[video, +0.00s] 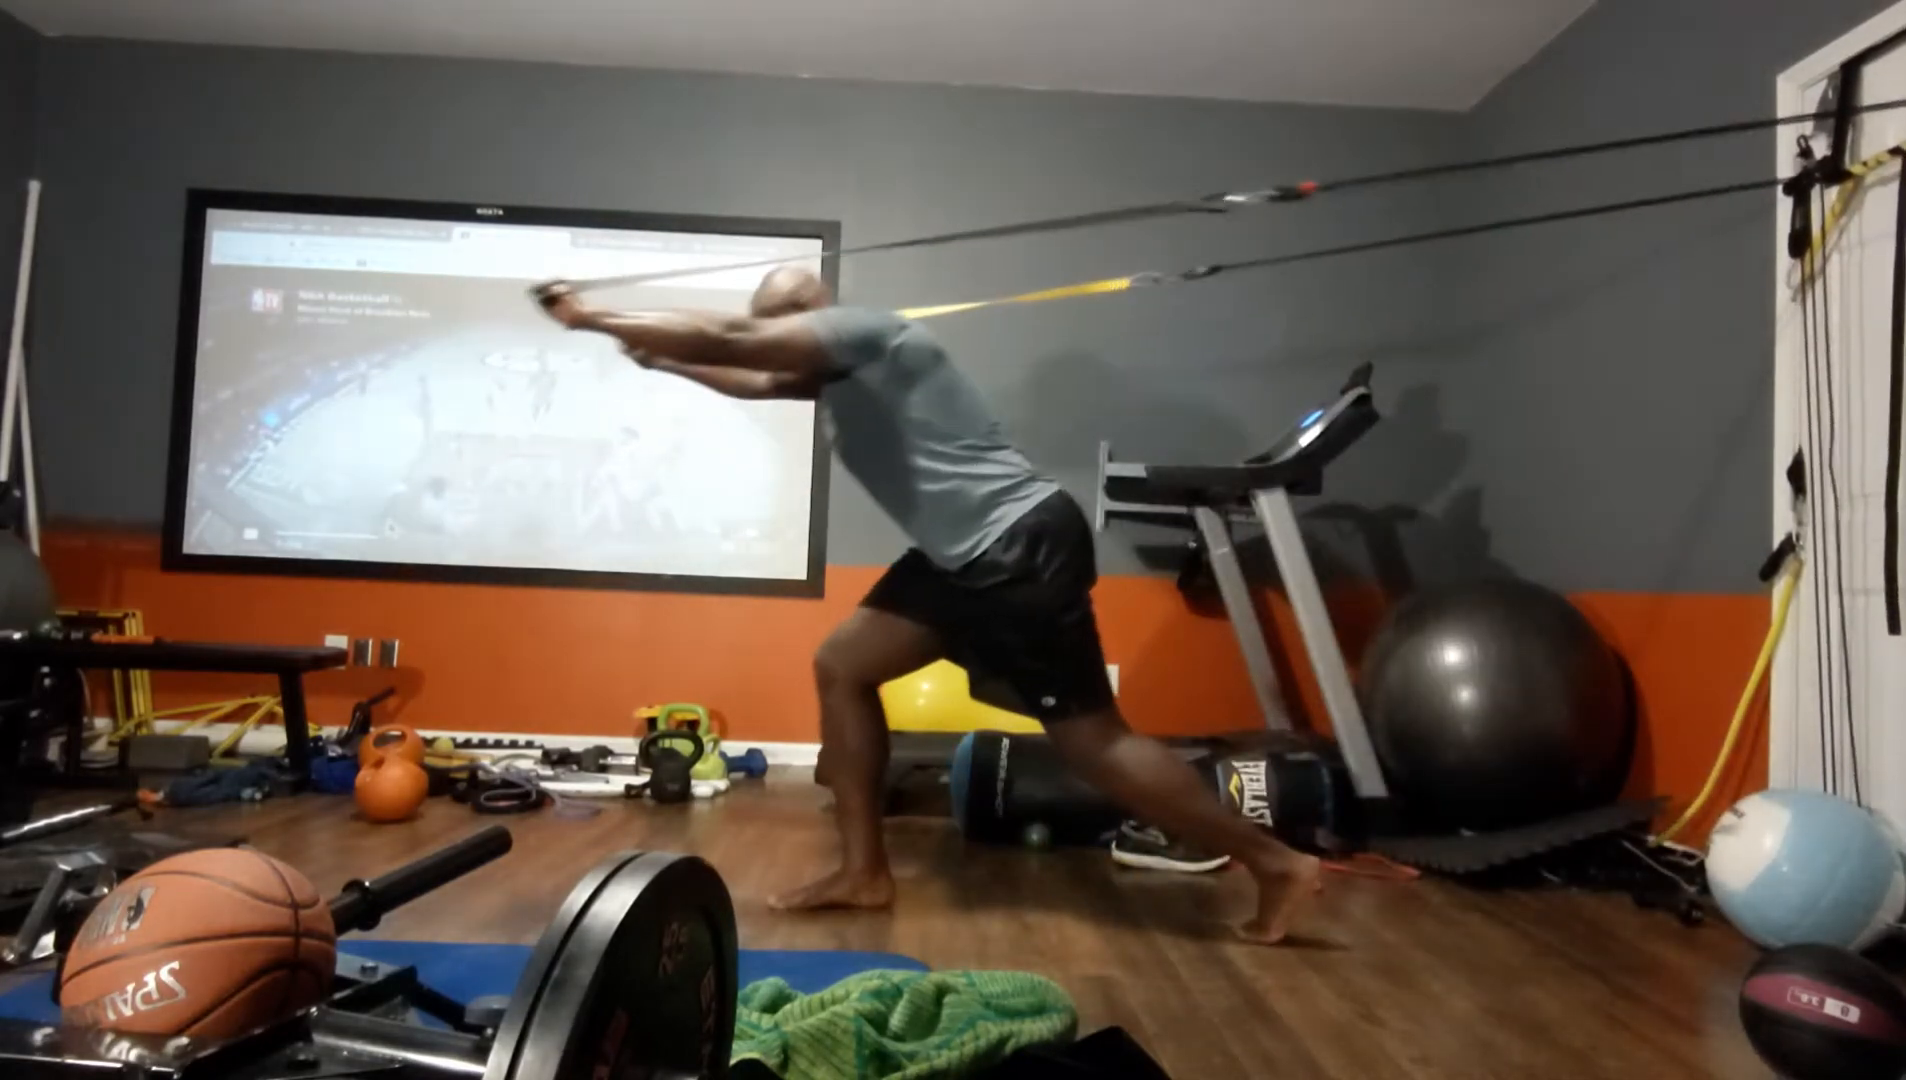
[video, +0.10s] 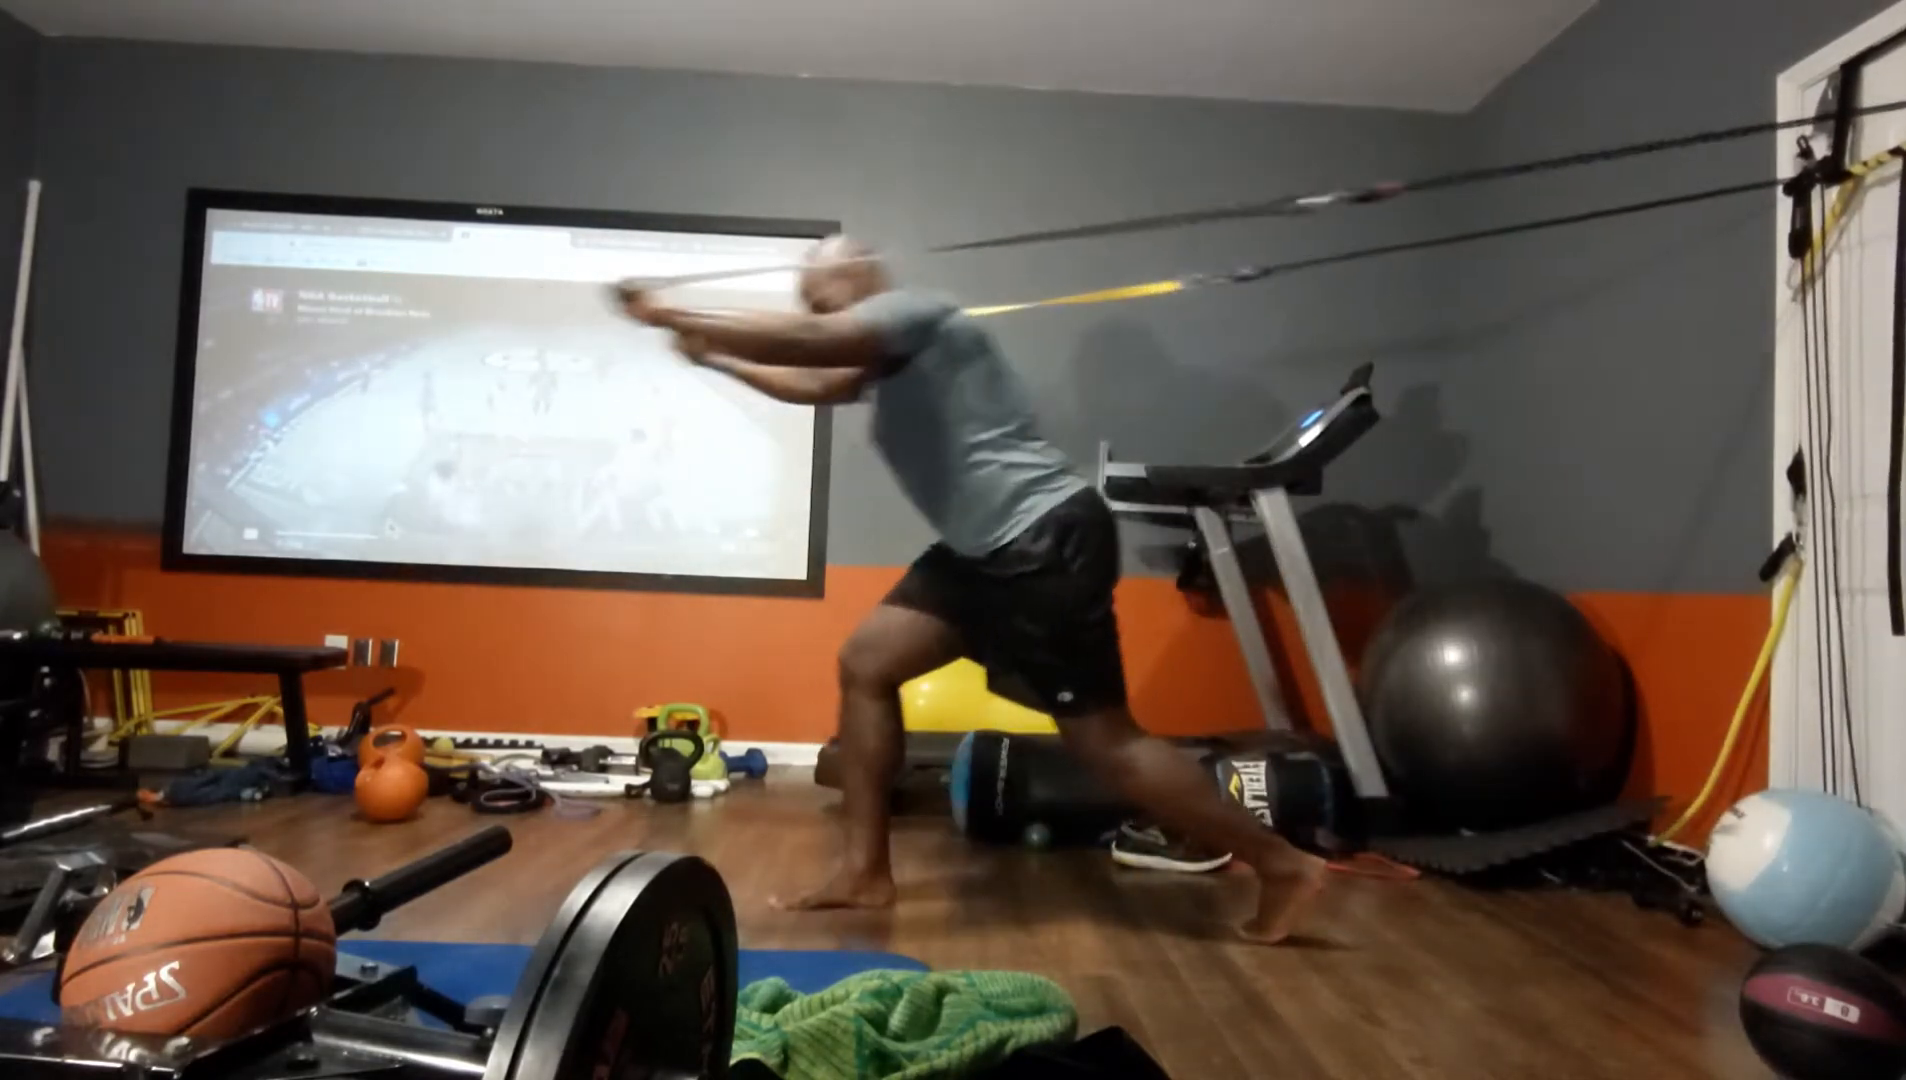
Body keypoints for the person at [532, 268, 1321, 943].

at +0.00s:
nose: (757, 330)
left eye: (762, 316)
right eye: (757, 318)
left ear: (801, 299)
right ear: (804, 304)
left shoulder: (868, 328)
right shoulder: (845, 371)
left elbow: (732, 336)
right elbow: (744, 376)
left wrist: (594, 315)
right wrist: (651, 351)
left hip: (1024, 545)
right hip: (958, 558)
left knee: (1097, 749)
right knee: (842, 667)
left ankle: (1280, 867)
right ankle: (861, 872)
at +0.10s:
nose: (812, 304)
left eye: (819, 288)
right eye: (808, 294)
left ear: (862, 277)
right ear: (836, 298)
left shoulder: (921, 314)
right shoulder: (880, 367)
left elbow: (809, 339)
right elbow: (803, 384)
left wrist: (671, 316)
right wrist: (710, 353)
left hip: (1050, 540)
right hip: (978, 553)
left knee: (1108, 750)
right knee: (866, 666)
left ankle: (1282, 865)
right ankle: (862, 877)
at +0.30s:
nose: (934, 253)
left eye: (943, 233)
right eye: (928, 241)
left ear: (991, 215)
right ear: (957, 238)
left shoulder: (1047, 262)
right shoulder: (998, 315)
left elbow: (1054, 338)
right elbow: (992, 404)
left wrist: (915, 334)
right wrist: (904, 379)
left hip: (1128, 500)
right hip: (1059, 521)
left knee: (1172, 720)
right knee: (972, 678)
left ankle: (1306, 874)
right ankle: (886, 869)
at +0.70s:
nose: (1102, 207)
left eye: (1113, 185)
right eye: (1099, 192)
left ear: (1166, 174)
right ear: (1149, 185)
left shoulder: (1227, 237)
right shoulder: (1167, 282)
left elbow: (1330, 323)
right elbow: (1207, 387)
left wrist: (1231, 356)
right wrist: (1137, 389)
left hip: (1277, 490)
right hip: (1214, 501)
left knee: (1261, 697)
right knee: (1187, 681)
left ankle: (1333, 898)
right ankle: (1318, 813)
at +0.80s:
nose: (1139, 203)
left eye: (1150, 184)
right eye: (1136, 189)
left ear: (1202, 179)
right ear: (1171, 191)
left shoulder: (1261, 243)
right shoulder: (1195, 289)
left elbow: (1364, 332)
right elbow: (1225, 395)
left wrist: (1267, 363)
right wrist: (1151, 395)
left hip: (1301, 492)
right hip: (1250, 501)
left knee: (1270, 700)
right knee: (1266, 697)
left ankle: (1332, 900)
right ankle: (1398, 822)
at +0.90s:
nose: (1164, 213)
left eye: (1177, 195)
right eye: (1162, 200)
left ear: (1229, 193)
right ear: (1198, 205)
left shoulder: (1288, 260)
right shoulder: (1222, 299)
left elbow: (1386, 350)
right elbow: (1250, 406)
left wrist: (1288, 378)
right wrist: (1168, 408)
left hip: (1328, 495)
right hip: (1286, 503)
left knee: (1270, 697)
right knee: (1325, 693)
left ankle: (1331, 900)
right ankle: (1435, 843)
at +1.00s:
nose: (1177, 221)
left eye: (1189, 203)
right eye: (1175, 208)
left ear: (1243, 201)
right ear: (1218, 213)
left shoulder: (1299, 266)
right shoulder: (1239, 303)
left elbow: (1395, 359)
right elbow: (1265, 416)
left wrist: (1293, 394)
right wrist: (1179, 421)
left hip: (1348, 498)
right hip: (1311, 506)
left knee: (1267, 689)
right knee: (1352, 689)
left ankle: (1331, 901)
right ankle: (1454, 853)